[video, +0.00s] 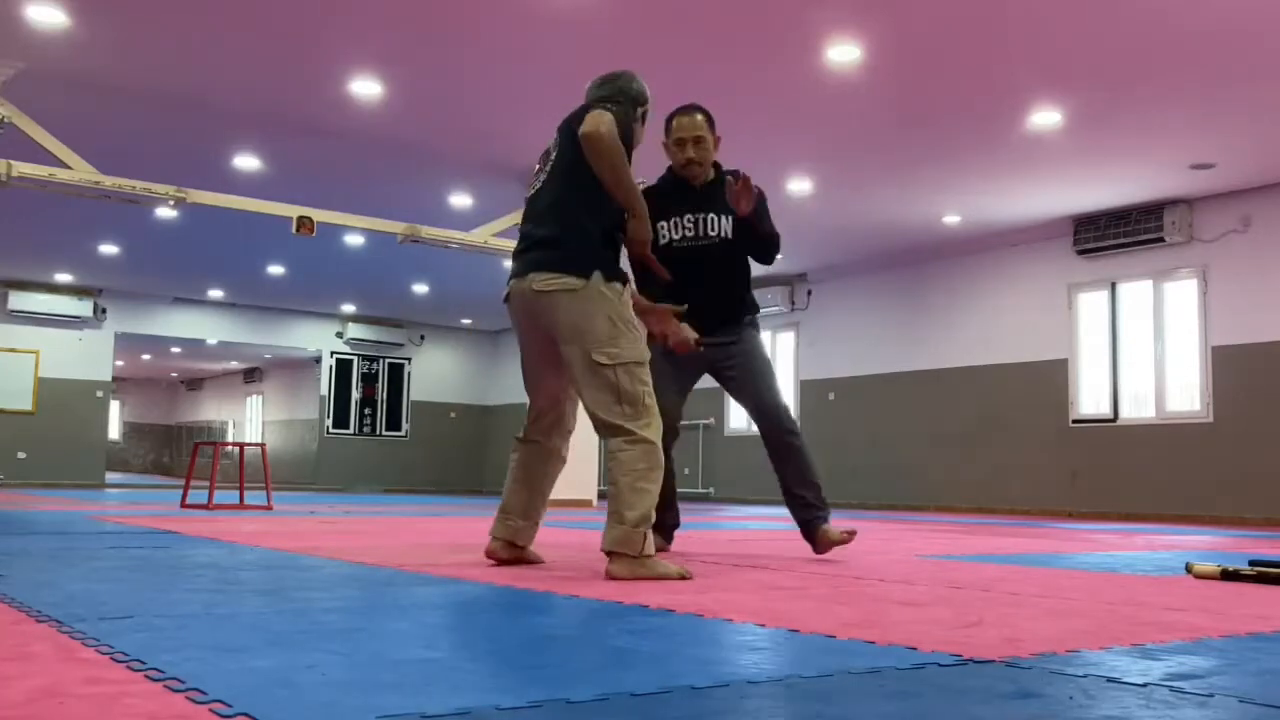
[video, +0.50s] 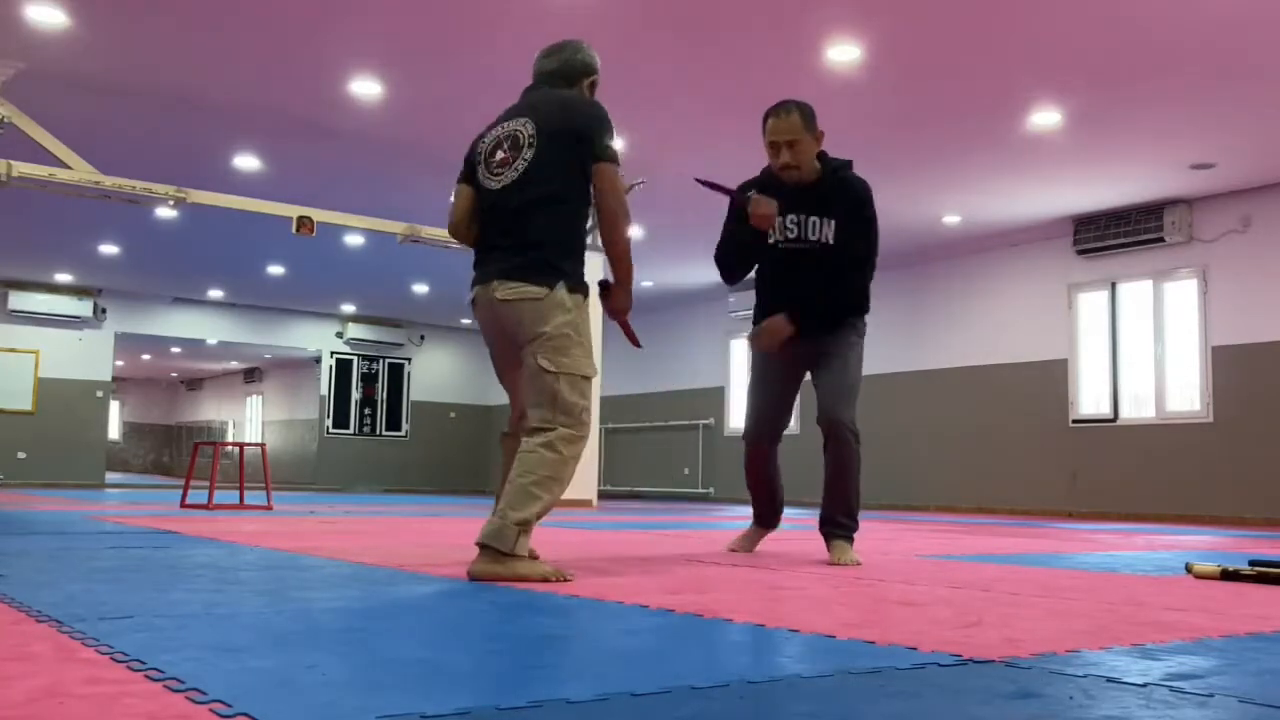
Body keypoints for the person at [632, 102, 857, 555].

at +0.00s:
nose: (690, 153)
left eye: (698, 142)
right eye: (680, 144)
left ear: (716, 143)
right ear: (666, 147)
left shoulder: (740, 192)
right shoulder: (647, 203)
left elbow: (767, 254)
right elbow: (635, 276)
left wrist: (750, 215)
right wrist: (659, 318)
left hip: (734, 335)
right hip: (673, 338)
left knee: (777, 420)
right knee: (654, 430)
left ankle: (816, 526)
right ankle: (659, 529)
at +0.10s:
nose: (705, 150)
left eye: (715, 140)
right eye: (696, 143)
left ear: (736, 142)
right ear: (686, 148)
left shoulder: (761, 186)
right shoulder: (674, 203)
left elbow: (772, 246)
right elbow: (656, 264)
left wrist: (740, 209)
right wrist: (652, 322)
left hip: (761, 334)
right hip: (700, 338)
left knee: (796, 424)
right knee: (667, 434)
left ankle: (834, 531)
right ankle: (661, 530)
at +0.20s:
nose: (724, 152)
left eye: (734, 140)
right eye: (715, 143)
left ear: (758, 137)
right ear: (707, 145)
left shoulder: (785, 177)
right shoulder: (714, 189)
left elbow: (771, 246)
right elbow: (710, 247)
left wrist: (706, 244)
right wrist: (697, 283)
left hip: (794, 327)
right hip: (736, 330)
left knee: (815, 422)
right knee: (701, 429)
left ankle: (840, 536)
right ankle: (673, 533)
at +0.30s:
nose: (749, 151)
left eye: (759, 139)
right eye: (740, 142)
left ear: (784, 136)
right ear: (733, 143)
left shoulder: (807, 184)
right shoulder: (744, 185)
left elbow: (763, 247)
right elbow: (763, 243)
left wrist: (688, 281)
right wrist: (736, 244)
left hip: (813, 323)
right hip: (756, 323)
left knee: (821, 419)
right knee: (728, 425)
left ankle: (841, 536)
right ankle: (741, 525)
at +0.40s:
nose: (769, 151)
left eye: (778, 140)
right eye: (760, 142)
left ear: (804, 136)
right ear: (752, 144)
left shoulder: (829, 186)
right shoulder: (749, 187)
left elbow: (801, 268)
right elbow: (744, 255)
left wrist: (731, 313)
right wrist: (737, 238)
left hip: (828, 323)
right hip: (772, 324)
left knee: (830, 419)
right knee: (751, 429)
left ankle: (842, 535)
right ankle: (778, 521)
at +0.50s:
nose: (783, 158)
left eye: (793, 146)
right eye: (773, 148)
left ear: (818, 141)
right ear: (764, 147)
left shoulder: (851, 193)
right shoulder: (753, 194)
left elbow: (856, 279)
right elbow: (730, 270)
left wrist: (792, 319)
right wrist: (753, 226)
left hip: (838, 327)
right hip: (777, 328)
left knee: (838, 422)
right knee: (758, 434)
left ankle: (839, 535)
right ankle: (765, 519)